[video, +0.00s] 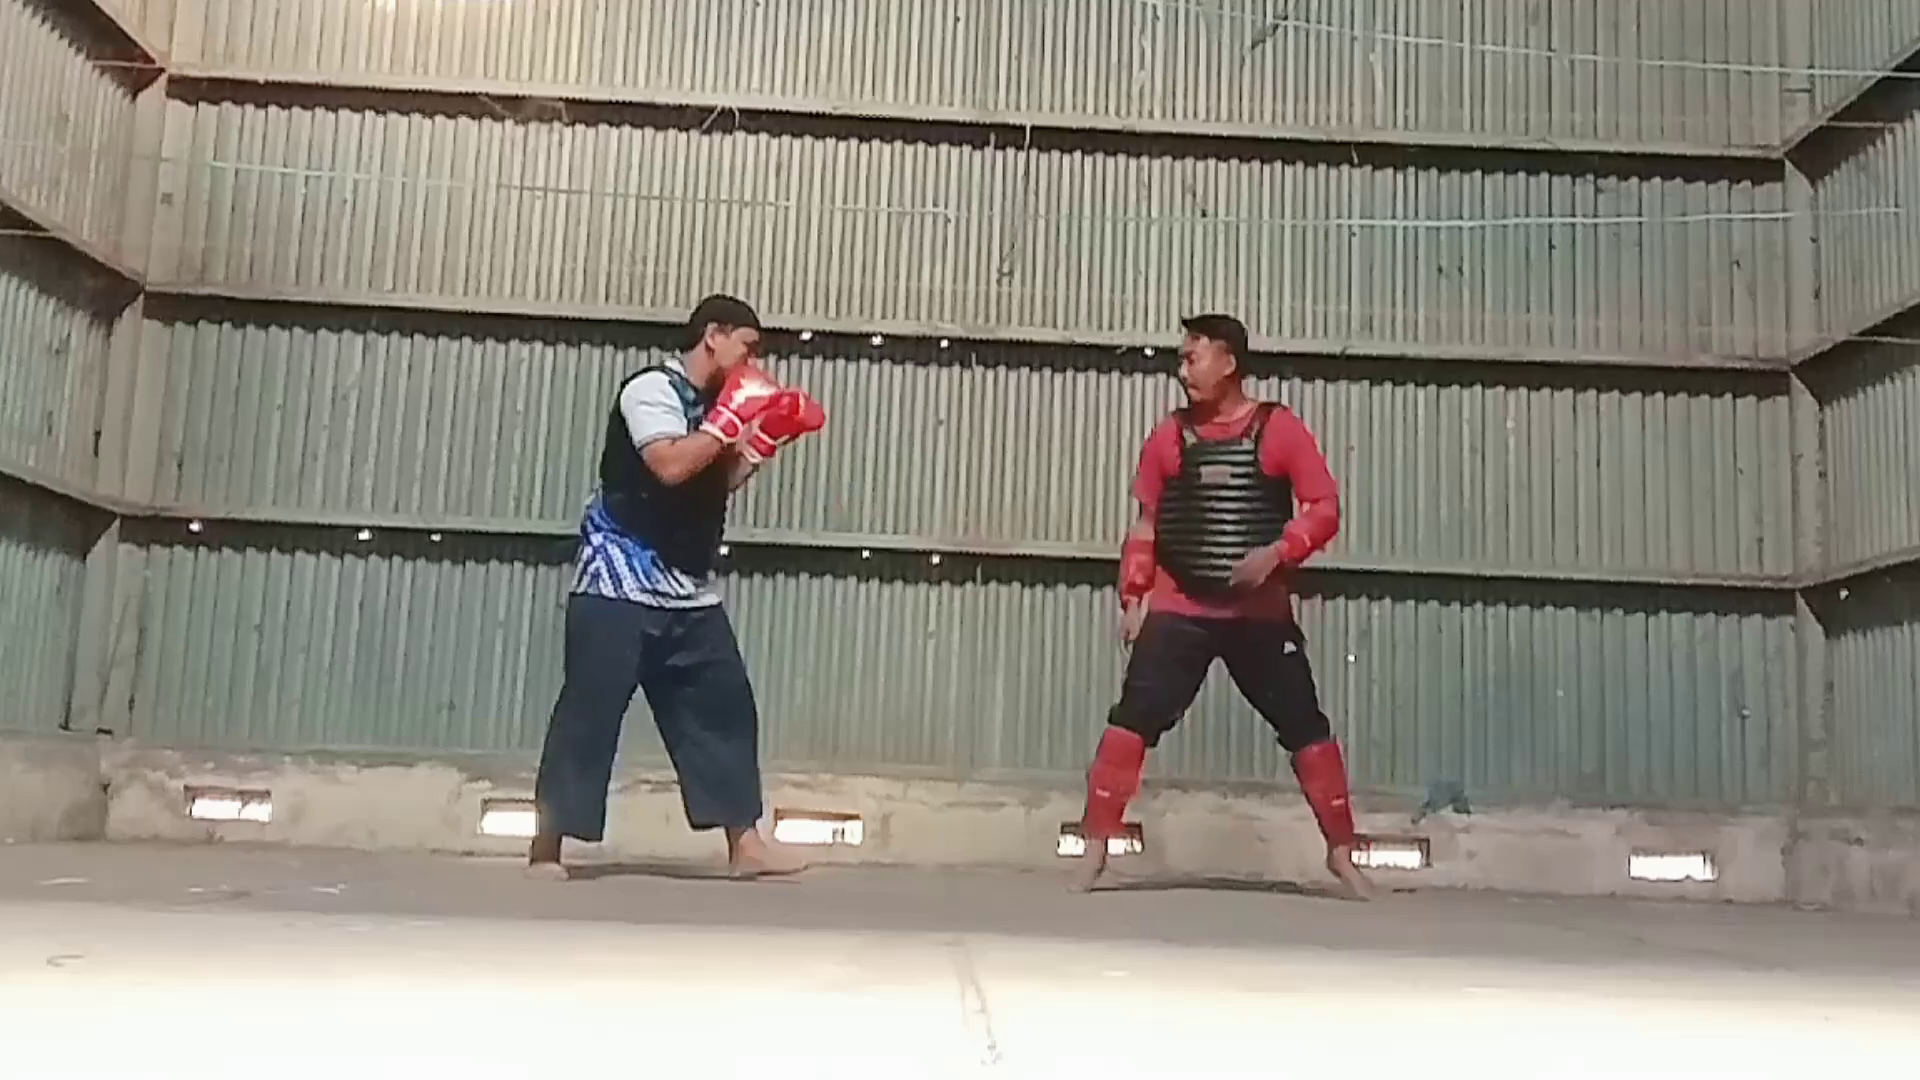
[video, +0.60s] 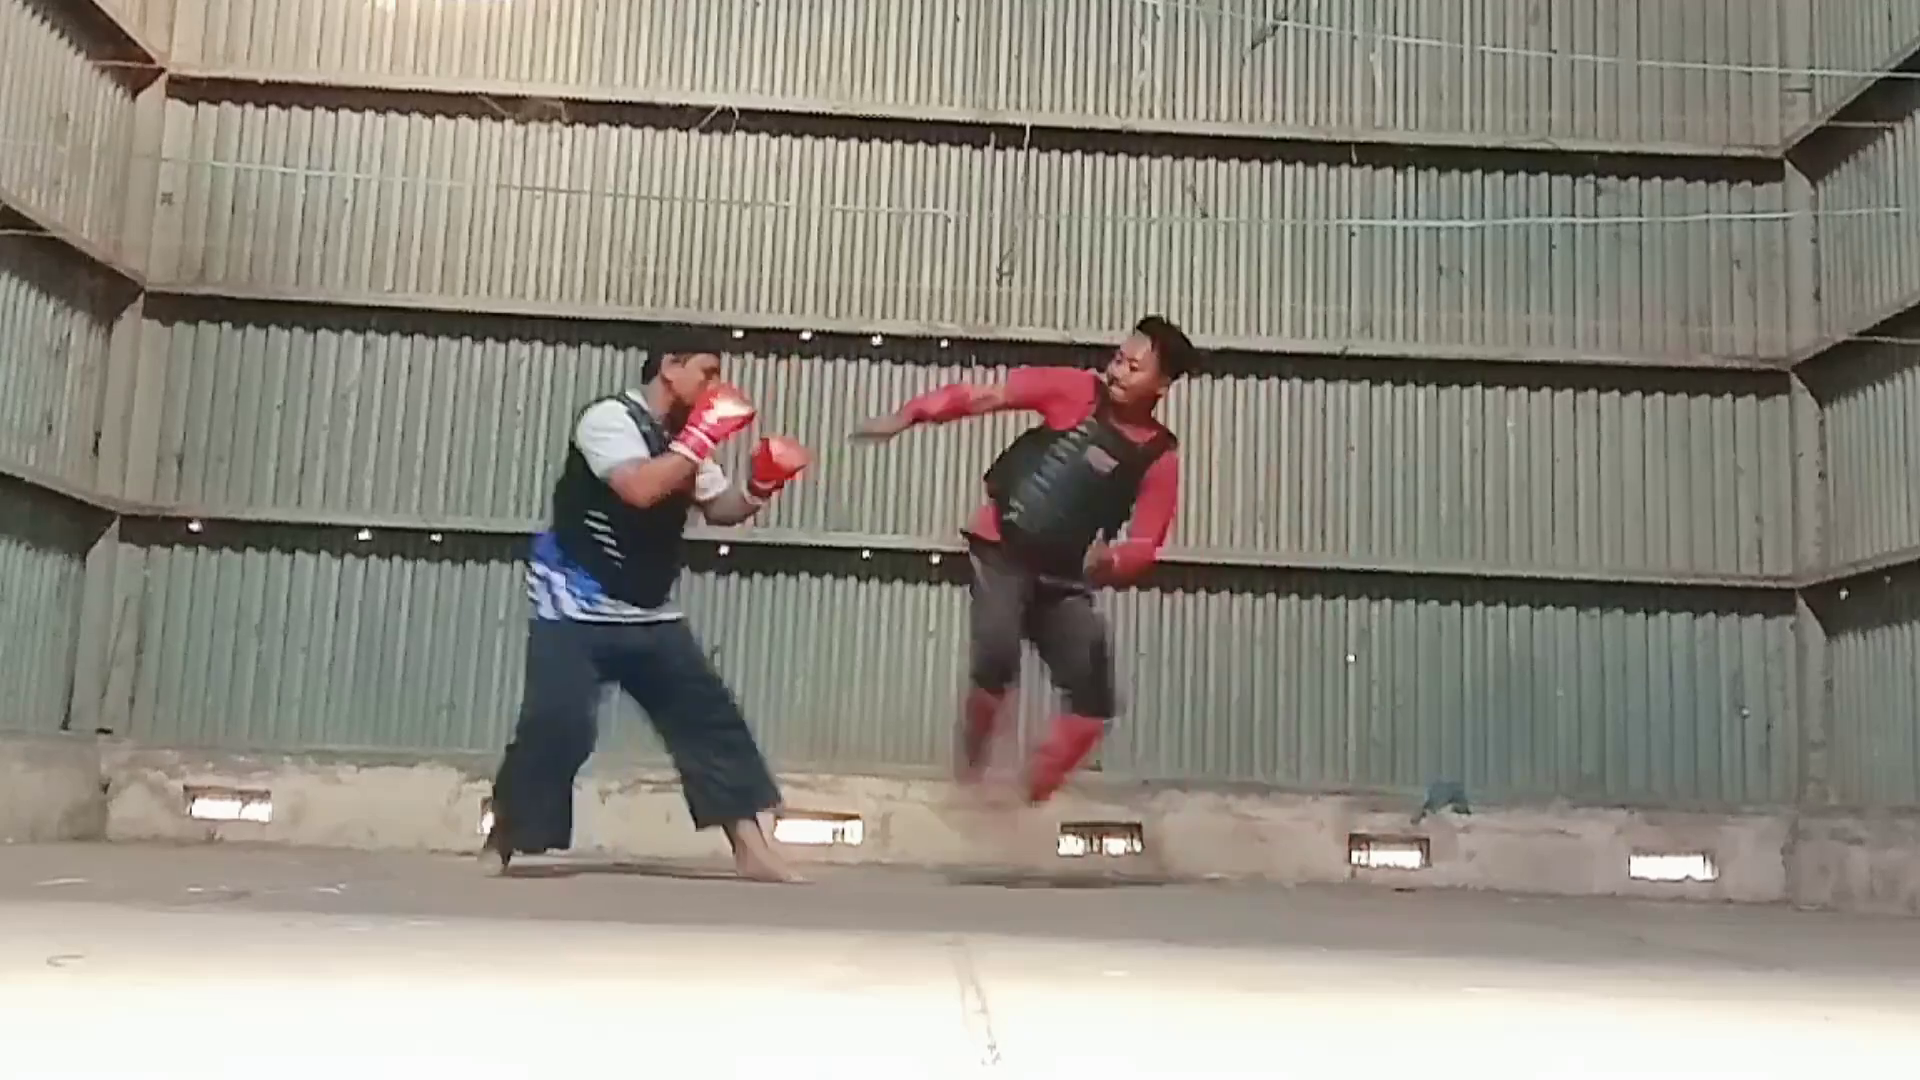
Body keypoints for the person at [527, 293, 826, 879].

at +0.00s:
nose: (753, 359)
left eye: (757, 350)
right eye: (748, 346)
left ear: (720, 340)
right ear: (714, 336)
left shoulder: (719, 406)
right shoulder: (648, 389)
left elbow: (715, 487)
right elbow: (670, 465)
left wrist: (759, 445)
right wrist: (731, 417)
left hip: (689, 586)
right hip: (618, 579)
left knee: (724, 703)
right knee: (590, 703)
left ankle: (747, 845)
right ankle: (547, 846)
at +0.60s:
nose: (715, 386)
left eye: (717, 376)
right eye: (707, 373)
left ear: (685, 372)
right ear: (669, 368)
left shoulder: (686, 442)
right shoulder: (605, 419)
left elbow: (719, 509)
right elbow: (639, 487)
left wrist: (759, 486)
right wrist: (702, 435)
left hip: (648, 615)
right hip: (572, 610)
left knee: (706, 713)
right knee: (559, 724)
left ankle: (753, 849)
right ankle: (509, 838)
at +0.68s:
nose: (692, 370)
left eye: (696, 361)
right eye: (684, 357)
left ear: (659, 356)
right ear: (644, 350)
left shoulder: (677, 427)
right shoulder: (578, 391)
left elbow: (718, 488)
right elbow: (591, 459)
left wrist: (755, 508)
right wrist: (664, 418)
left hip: (595, 593)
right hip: (519, 575)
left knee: (638, 702)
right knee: (502, 698)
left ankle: (668, 836)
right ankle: (500, 843)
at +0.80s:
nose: (649, 364)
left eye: (655, 354)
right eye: (642, 350)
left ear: (654, 359)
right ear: (603, 341)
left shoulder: (644, 412)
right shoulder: (534, 386)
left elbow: (665, 484)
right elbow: (536, 453)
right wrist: (615, 417)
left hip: (561, 569)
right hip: (481, 558)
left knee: (594, 681)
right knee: (458, 669)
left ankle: (588, 835)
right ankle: (439, 820)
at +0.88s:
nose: (599, 386)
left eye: (602, 375)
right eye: (590, 373)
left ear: (600, 373)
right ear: (550, 363)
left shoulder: (595, 418)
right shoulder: (481, 405)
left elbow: (633, 488)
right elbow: (462, 477)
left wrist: (639, 564)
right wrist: (542, 437)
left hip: (526, 592)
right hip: (445, 582)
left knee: (574, 686)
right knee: (392, 688)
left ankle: (571, 841)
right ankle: (309, 827)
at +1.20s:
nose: (573, 406)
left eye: (577, 396)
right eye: (567, 393)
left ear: (546, 386)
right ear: (530, 380)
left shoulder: (557, 445)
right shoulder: (456, 435)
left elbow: (587, 496)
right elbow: (466, 516)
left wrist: (619, 475)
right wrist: (540, 476)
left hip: (530, 623)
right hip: (441, 623)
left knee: (591, 708)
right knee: (395, 721)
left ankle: (627, 849)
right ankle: (312, 836)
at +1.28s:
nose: (616, 395)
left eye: (620, 385)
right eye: (612, 382)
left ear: (584, 376)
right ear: (575, 373)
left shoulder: (597, 435)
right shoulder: (501, 422)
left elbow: (630, 503)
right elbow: (529, 493)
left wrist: (666, 459)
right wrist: (595, 442)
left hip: (560, 618)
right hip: (475, 616)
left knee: (621, 704)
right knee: (412, 724)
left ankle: (637, 847)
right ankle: (321, 834)